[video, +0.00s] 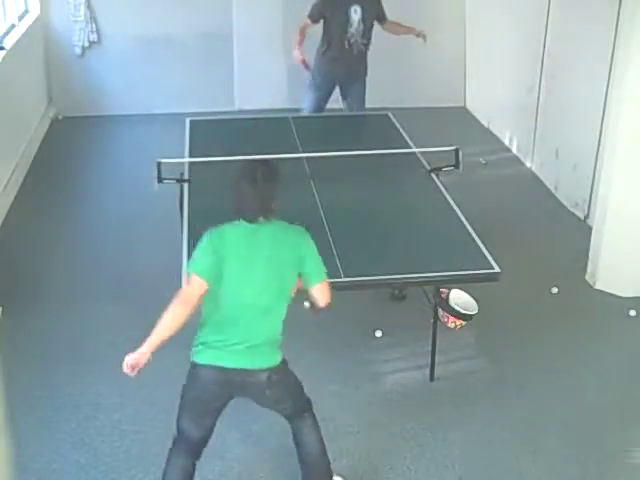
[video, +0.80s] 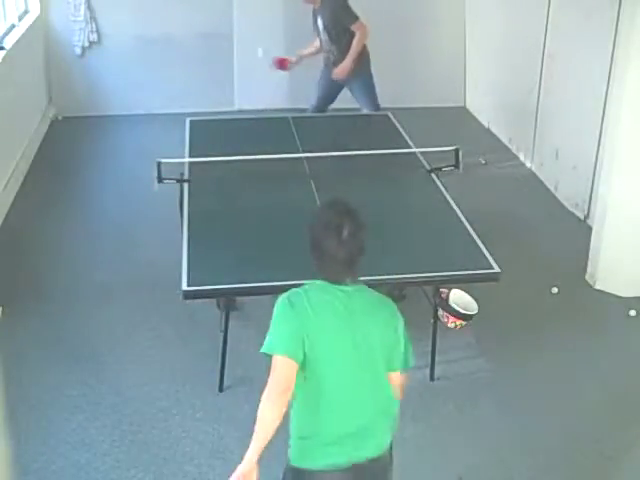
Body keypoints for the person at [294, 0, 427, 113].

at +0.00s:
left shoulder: (373, 3)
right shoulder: (327, 2)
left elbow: (386, 25)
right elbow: (304, 26)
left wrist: (414, 31)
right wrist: (298, 51)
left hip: (355, 70)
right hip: (326, 67)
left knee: (357, 120)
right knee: (309, 117)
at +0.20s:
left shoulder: (363, 3)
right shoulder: (322, 3)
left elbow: (371, 24)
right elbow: (302, 35)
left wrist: (399, 39)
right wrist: (312, 57)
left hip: (356, 70)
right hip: (327, 70)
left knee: (362, 119)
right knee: (317, 119)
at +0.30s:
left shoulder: (361, 4)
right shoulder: (319, 6)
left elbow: (368, 27)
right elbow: (303, 38)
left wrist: (390, 47)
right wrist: (311, 62)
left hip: (357, 71)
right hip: (329, 72)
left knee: (365, 116)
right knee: (316, 117)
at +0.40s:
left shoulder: (360, 6)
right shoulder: (320, 9)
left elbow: (374, 31)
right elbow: (314, 40)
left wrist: (383, 54)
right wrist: (309, 67)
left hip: (360, 72)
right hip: (334, 73)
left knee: (369, 114)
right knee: (316, 113)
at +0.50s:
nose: (323, 2)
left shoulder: (353, 11)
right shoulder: (321, 15)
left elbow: (378, 36)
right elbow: (324, 48)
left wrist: (375, 71)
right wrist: (310, 71)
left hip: (362, 77)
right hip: (338, 77)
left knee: (375, 121)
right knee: (317, 115)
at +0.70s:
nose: (304, 2)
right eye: (305, 0)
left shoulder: (336, 9)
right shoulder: (319, 15)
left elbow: (364, 36)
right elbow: (327, 46)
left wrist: (354, 70)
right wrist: (315, 66)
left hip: (360, 69)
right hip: (338, 71)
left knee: (374, 114)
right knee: (318, 112)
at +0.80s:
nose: (305, 3)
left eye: (305, 1)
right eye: (304, 2)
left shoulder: (336, 4)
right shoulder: (316, 11)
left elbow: (361, 30)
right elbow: (321, 44)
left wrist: (347, 64)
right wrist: (298, 58)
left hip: (355, 65)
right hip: (332, 68)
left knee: (372, 112)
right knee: (316, 111)